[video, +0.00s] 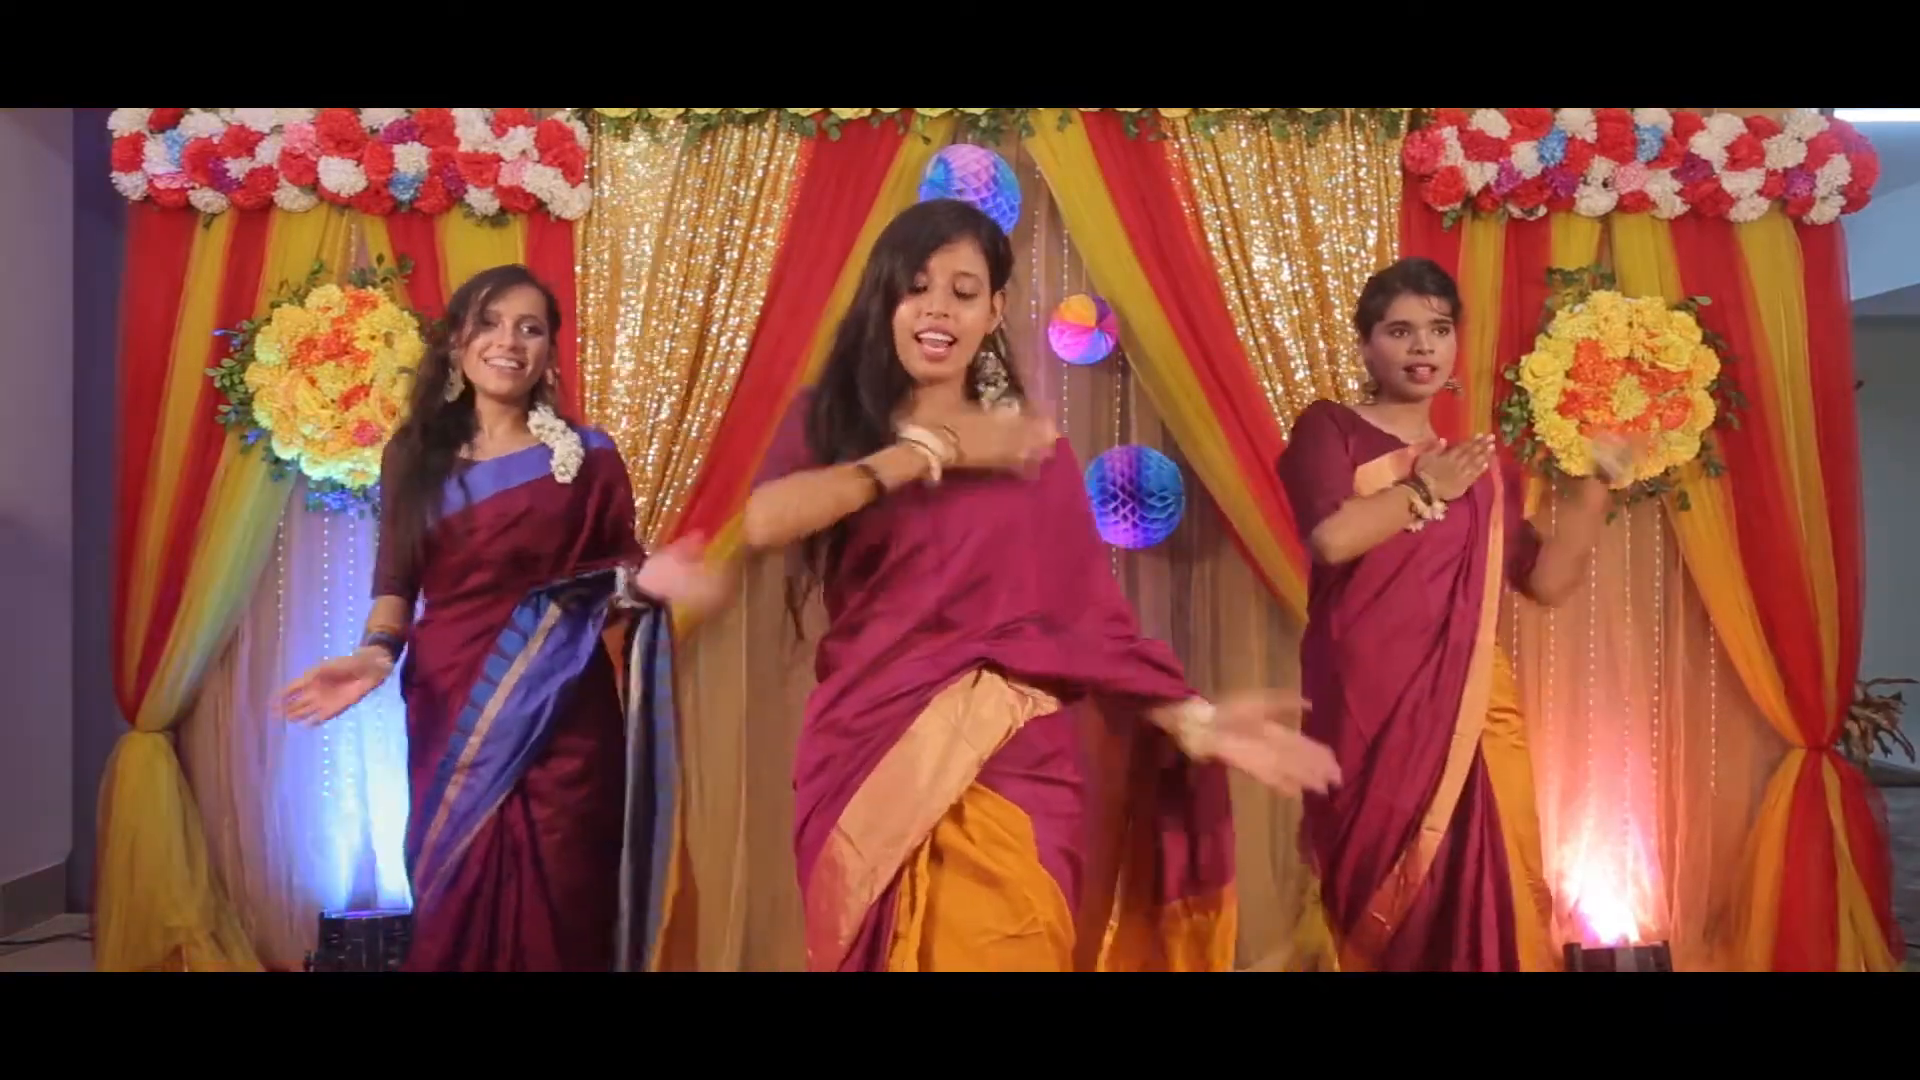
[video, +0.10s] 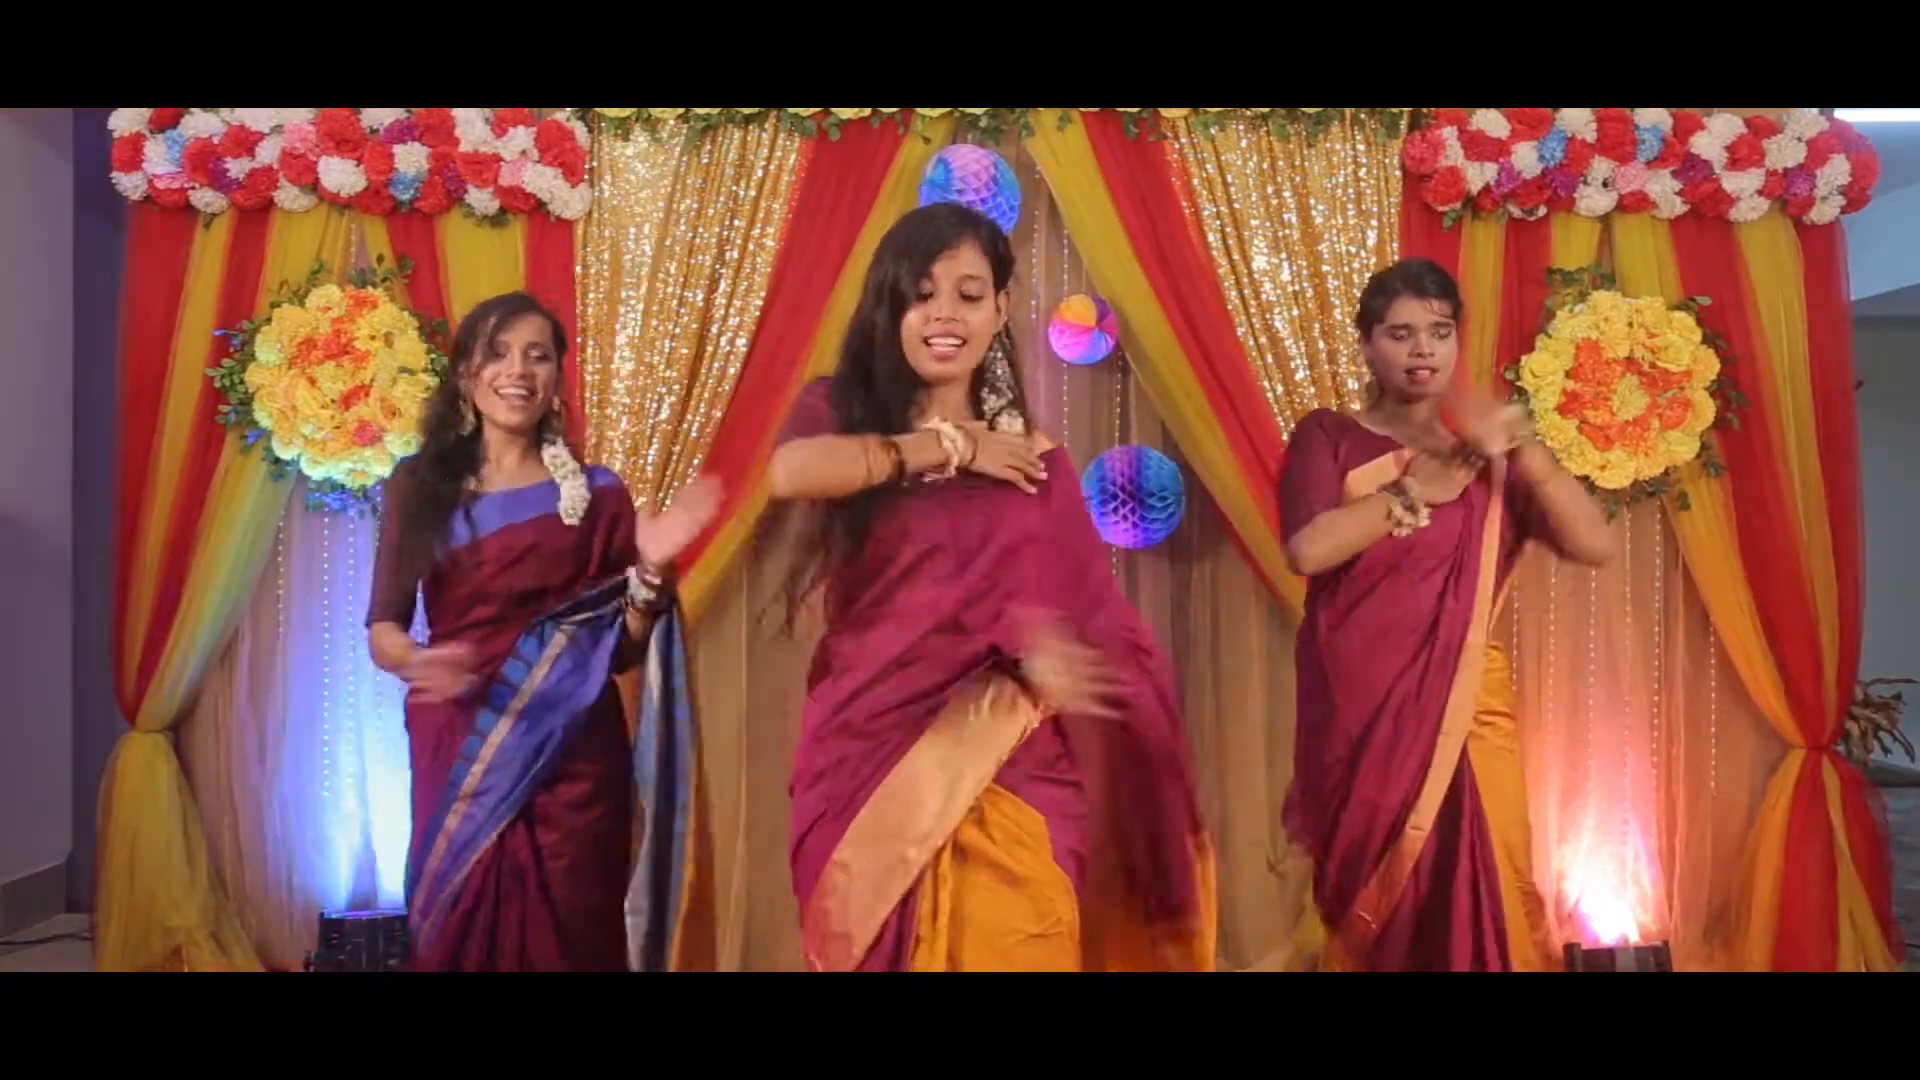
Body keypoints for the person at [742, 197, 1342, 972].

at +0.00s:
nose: (936, 310)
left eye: (963, 292)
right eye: (917, 287)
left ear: (994, 311)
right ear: (883, 300)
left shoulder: (1034, 443)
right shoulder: (835, 419)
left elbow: (1091, 615)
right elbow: (762, 522)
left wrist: (1187, 718)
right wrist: (923, 454)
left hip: (1018, 749)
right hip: (871, 747)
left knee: (1007, 947)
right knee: (876, 955)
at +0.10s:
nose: (945, 317)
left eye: (969, 296)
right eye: (922, 294)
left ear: (1002, 312)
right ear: (888, 308)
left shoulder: (1037, 460)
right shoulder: (837, 407)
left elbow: (1102, 620)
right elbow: (787, 474)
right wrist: (946, 446)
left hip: (1020, 741)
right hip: (878, 734)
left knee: (1023, 936)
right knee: (881, 940)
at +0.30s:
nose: (949, 323)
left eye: (972, 300)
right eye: (925, 304)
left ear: (1008, 316)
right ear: (896, 323)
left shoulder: (1054, 473)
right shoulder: (844, 440)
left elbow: (1126, 655)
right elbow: (696, 532)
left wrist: (1007, 664)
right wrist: (855, 436)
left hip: (1003, 788)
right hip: (856, 779)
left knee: (1022, 951)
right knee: (869, 952)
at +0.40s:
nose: (930, 331)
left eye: (957, 306)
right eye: (909, 311)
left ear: (1003, 322)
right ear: (890, 333)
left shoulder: (1059, 471)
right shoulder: (855, 464)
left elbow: (1126, 654)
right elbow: (684, 595)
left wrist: (1064, 738)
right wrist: (804, 462)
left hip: (1006, 797)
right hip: (861, 787)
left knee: (1003, 952)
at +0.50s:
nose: (904, 331)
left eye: (932, 309)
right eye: (894, 310)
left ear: (993, 321)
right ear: (877, 323)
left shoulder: (1054, 454)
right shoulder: (859, 461)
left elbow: (1084, 662)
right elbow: (691, 552)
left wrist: (1093, 812)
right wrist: (775, 389)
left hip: (979, 803)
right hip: (837, 800)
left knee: (964, 952)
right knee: (839, 955)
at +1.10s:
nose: (889, 297)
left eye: (913, 271)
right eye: (887, 277)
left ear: (990, 276)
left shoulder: (1040, 425)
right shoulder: (879, 445)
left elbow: (1111, 625)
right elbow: (742, 552)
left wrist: (1030, 789)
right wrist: (759, 403)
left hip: (936, 792)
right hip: (827, 784)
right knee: (807, 955)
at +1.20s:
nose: (869, 303)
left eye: (892, 279)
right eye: (873, 287)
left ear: (965, 285)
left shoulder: (1034, 438)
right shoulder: (851, 478)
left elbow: (1083, 658)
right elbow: (787, 647)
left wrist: (883, 746)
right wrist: (750, 507)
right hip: (820, 816)